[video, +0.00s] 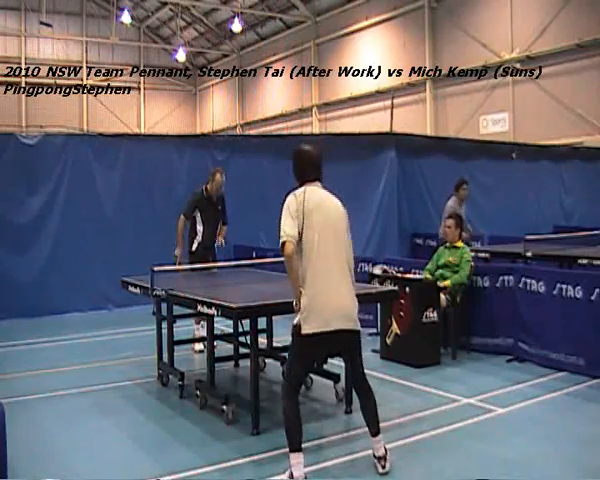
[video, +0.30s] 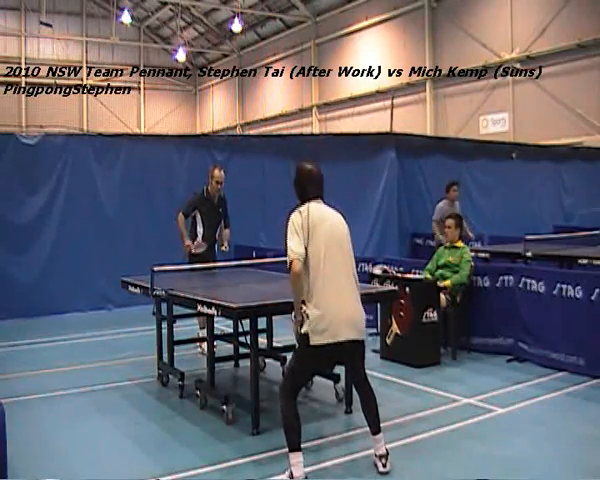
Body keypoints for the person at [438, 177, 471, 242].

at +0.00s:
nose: (466, 193)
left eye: (466, 189)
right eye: (463, 189)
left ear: (468, 191)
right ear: (457, 191)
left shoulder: (462, 204)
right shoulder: (451, 205)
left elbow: (464, 219)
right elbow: (448, 225)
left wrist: (469, 229)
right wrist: (461, 234)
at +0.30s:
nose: (456, 194)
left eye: (457, 191)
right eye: (454, 191)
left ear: (458, 193)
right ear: (448, 192)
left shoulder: (456, 204)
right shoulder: (441, 206)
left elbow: (460, 220)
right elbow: (435, 223)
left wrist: (468, 232)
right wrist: (439, 236)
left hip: (455, 237)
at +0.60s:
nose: (451, 193)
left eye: (452, 190)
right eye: (449, 190)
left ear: (455, 191)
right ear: (445, 192)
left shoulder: (461, 204)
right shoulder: (442, 204)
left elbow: (468, 218)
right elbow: (436, 217)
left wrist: (470, 233)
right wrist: (426, 225)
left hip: (457, 234)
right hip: (444, 234)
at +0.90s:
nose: (455, 186)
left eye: (456, 183)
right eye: (452, 183)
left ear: (458, 185)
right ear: (448, 185)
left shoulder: (463, 198)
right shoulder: (444, 198)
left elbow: (468, 211)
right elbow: (438, 212)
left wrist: (474, 225)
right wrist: (435, 211)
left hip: (458, 228)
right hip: (445, 227)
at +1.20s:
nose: (446, 192)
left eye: (447, 189)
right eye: (444, 190)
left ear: (449, 191)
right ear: (439, 192)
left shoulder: (452, 203)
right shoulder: (433, 205)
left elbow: (458, 217)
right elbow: (428, 217)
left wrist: (466, 232)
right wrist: (425, 223)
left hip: (451, 236)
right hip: (436, 236)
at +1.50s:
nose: (440, 192)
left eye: (442, 189)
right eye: (438, 189)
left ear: (445, 191)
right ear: (434, 191)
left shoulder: (449, 204)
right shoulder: (430, 205)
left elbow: (452, 218)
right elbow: (424, 219)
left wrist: (455, 232)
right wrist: (420, 229)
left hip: (446, 239)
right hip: (432, 240)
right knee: (429, 263)